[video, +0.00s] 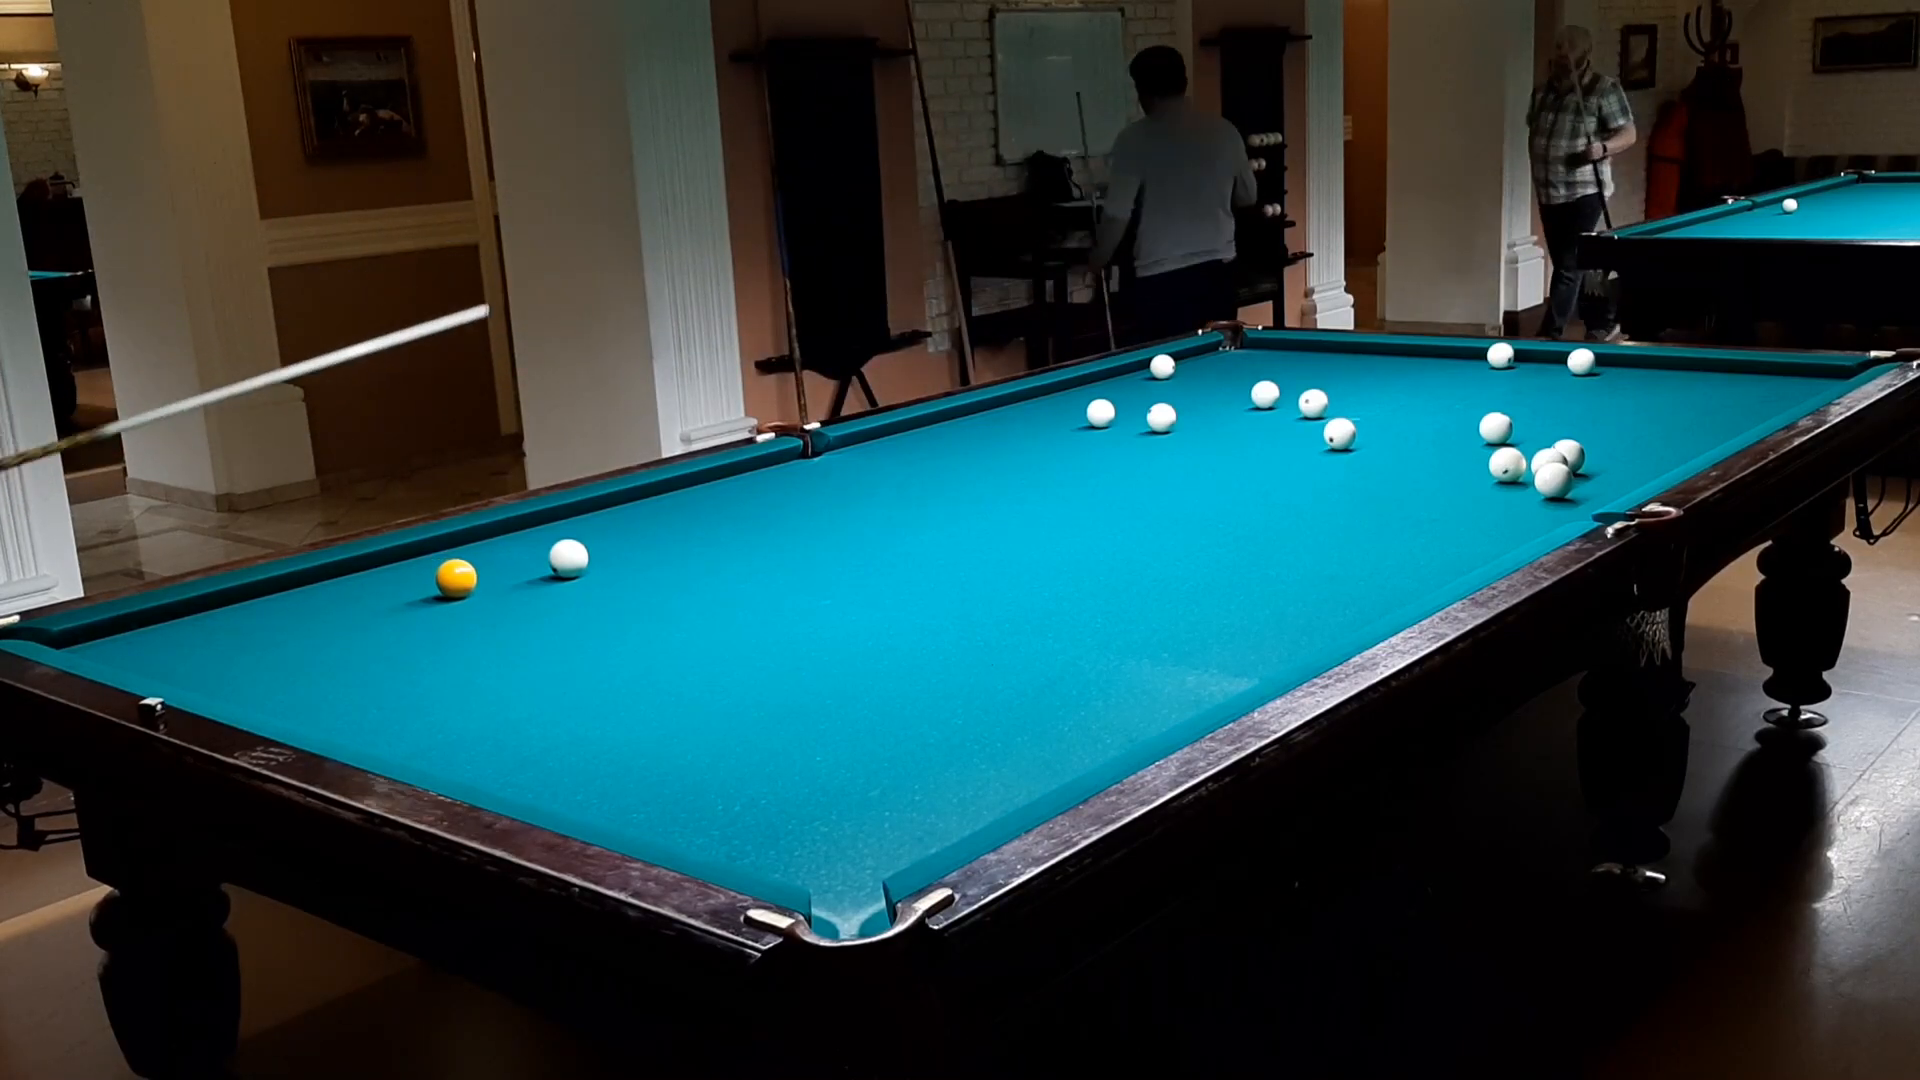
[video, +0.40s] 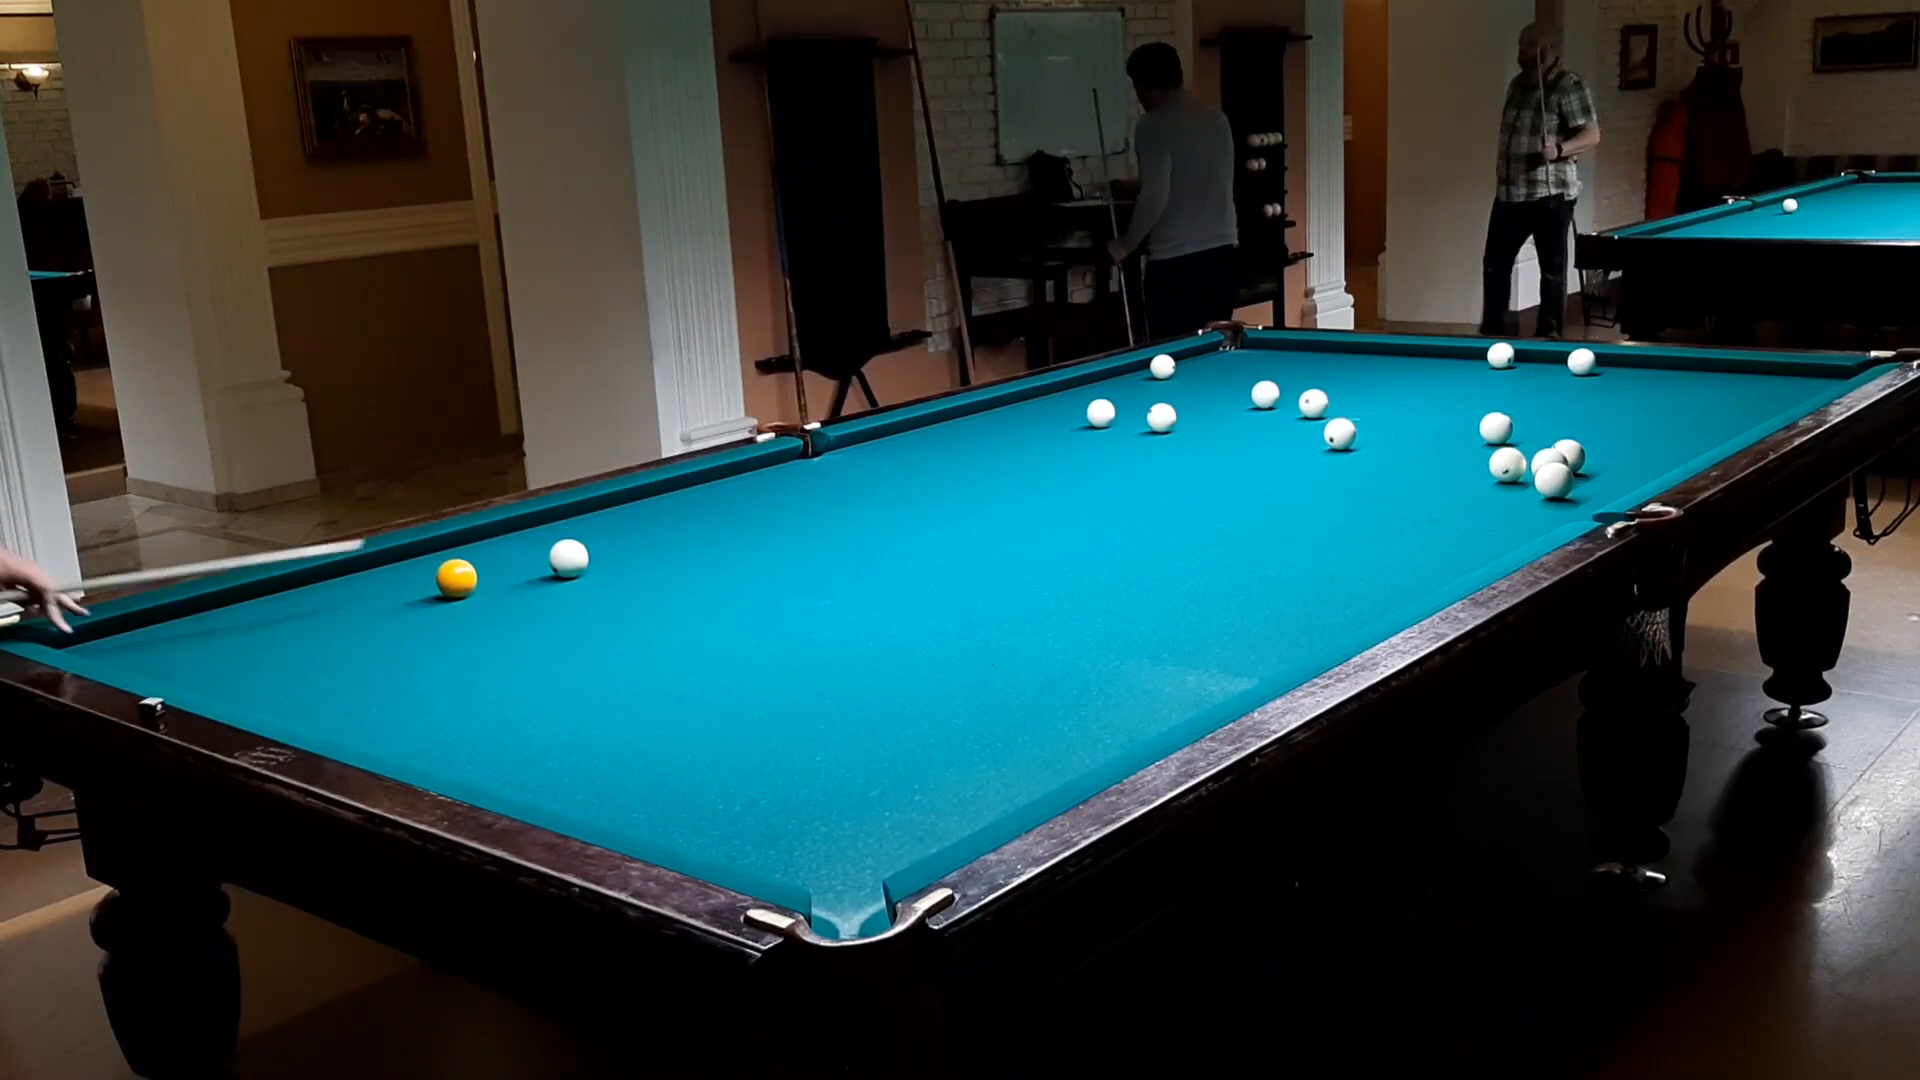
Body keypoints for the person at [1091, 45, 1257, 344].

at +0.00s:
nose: (1137, 96)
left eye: (1137, 88)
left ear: (1141, 91)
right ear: (1185, 82)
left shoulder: (1135, 138)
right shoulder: (1223, 130)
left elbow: (1117, 213)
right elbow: (1248, 195)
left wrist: (1098, 262)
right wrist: (1208, 194)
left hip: (1160, 276)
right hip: (1219, 269)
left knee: (1162, 370)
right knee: (1219, 369)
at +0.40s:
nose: (1136, 93)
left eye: (1136, 84)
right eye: (1135, 85)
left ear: (1146, 84)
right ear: (1178, 76)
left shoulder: (1153, 125)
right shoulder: (1216, 119)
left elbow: (1155, 195)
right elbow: (1217, 184)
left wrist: (1127, 244)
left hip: (1174, 265)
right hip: (1222, 257)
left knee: (1172, 359)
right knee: (1217, 353)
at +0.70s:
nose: (1141, 94)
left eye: (1142, 85)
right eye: (1139, 86)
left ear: (1156, 82)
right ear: (1182, 73)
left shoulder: (1172, 119)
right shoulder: (1223, 117)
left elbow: (1185, 181)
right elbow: (1226, 180)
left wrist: (1151, 226)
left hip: (1188, 255)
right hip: (1229, 248)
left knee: (1181, 348)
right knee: (1222, 342)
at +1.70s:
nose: (1139, 96)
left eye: (1140, 87)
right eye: (1137, 88)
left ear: (1154, 82)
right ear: (1177, 74)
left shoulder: (1173, 118)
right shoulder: (1217, 112)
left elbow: (1184, 186)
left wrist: (1145, 235)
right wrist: (1151, 182)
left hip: (1190, 254)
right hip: (1228, 246)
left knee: (1186, 350)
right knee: (1225, 343)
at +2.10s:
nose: (1129, 100)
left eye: (1128, 91)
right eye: (1126, 92)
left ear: (1141, 85)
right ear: (1166, 75)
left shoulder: (1161, 120)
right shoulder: (1208, 109)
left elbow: (1175, 187)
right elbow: (1212, 177)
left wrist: (1143, 241)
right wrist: (1146, 183)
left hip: (1185, 254)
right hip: (1224, 245)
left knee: (1183, 349)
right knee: (1222, 342)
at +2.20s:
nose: (1127, 100)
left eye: (1127, 91)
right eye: (1125, 92)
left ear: (1139, 85)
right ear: (1164, 75)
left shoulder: (1159, 121)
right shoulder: (1206, 110)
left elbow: (1173, 186)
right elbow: (1211, 177)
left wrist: (1142, 242)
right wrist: (1147, 182)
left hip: (1183, 253)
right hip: (1223, 244)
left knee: (1182, 348)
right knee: (1222, 341)